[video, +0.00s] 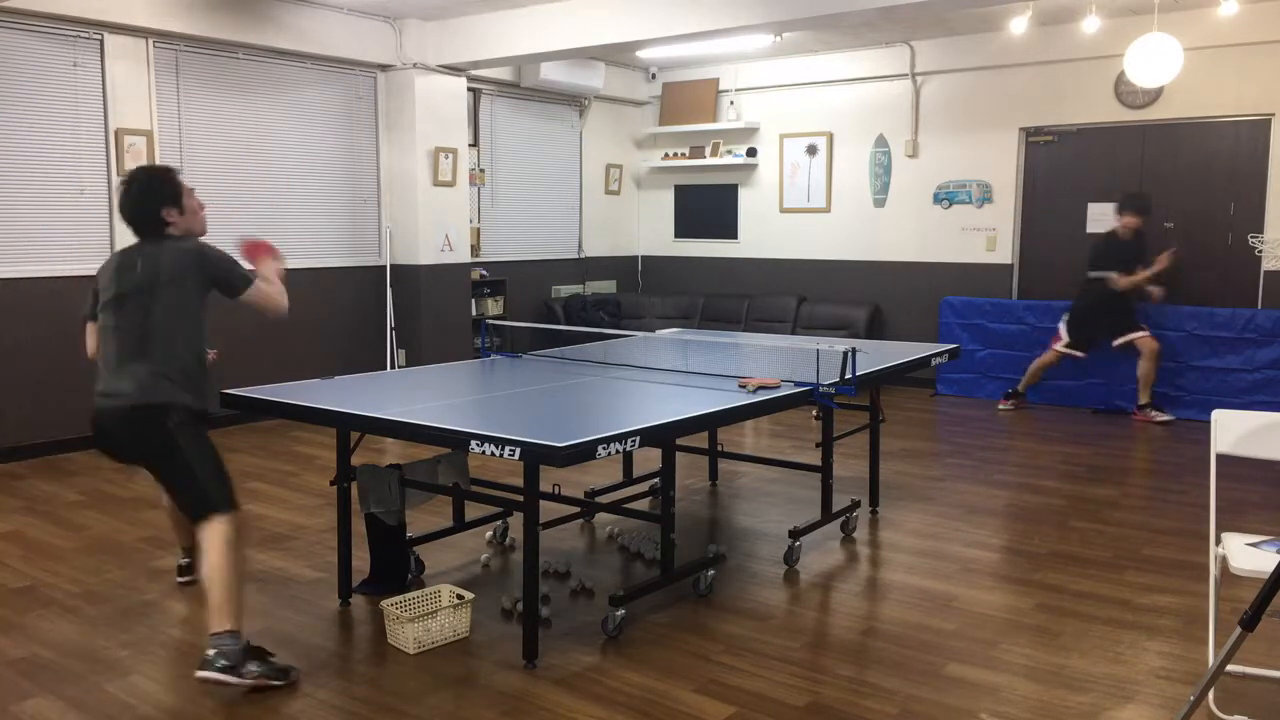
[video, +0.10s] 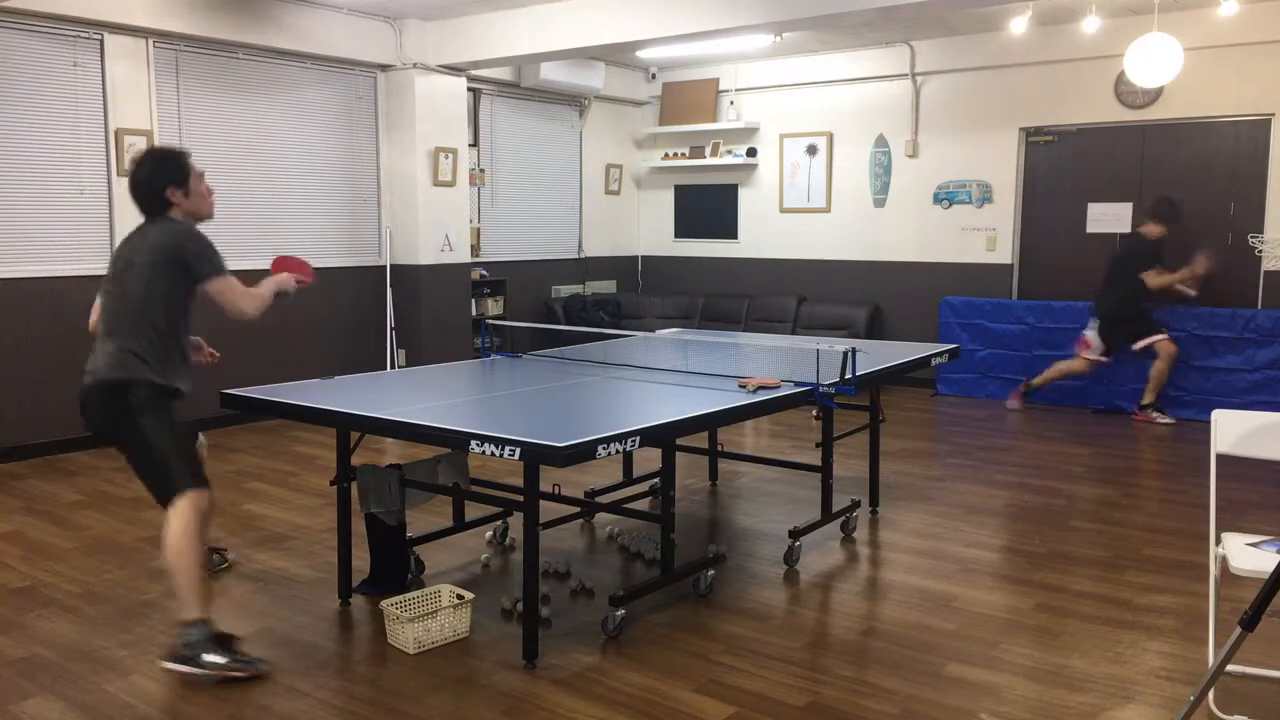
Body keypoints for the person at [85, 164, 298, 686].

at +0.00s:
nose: (201, 205)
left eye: (196, 196)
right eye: (192, 199)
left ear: (145, 219)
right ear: (170, 215)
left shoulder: (112, 267)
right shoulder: (196, 254)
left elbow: (95, 348)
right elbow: (275, 304)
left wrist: (183, 355)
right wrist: (273, 272)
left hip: (112, 414)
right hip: (165, 410)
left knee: (176, 475)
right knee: (217, 513)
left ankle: (188, 556)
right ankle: (225, 645)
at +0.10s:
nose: (210, 187)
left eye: (205, 179)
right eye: (201, 181)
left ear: (163, 197)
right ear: (176, 195)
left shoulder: (132, 242)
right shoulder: (186, 239)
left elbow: (100, 321)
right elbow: (247, 306)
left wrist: (178, 344)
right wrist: (277, 282)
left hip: (103, 387)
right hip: (137, 387)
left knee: (190, 451)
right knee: (189, 495)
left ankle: (190, 548)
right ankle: (196, 636)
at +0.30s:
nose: (205, 156)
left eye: (200, 147)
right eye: (196, 149)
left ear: (159, 160)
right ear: (167, 159)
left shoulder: (130, 203)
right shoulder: (149, 207)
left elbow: (88, 277)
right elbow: (166, 293)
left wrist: (152, 315)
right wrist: (237, 273)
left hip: (110, 367)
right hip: (95, 371)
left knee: (166, 453)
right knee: (133, 490)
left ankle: (177, 545)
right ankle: (45, 619)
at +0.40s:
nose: (197, 173)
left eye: (193, 162)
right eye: (188, 165)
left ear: (155, 176)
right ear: (159, 176)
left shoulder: (136, 222)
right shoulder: (136, 229)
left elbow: (106, 298)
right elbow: (142, 320)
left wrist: (157, 321)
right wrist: (221, 298)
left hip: (105, 381)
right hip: (71, 387)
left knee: (167, 454)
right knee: (111, 505)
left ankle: (138, 543)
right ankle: (29, 633)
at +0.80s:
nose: (185, 202)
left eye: (181, 192)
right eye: (174, 196)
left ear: (150, 209)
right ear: (142, 211)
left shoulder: (180, 247)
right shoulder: (89, 259)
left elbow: (193, 298)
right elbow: (58, 334)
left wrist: (205, 314)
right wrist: (110, 358)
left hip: (137, 371)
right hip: (80, 372)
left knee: (189, 455)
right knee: (93, 459)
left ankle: (121, 539)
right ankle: (82, 575)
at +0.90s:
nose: (180, 216)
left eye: (176, 205)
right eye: (168, 209)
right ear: (134, 223)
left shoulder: (181, 258)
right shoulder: (84, 269)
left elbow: (211, 304)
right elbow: (50, 332)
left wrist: (220, 319)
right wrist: (72, 377)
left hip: (151, 372)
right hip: (95, 379)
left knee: (216, 445)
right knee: (100, 469)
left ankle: (173, 511)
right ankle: (83, 559)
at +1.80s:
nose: (284, 216)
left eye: (280, 208)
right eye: (276, 210)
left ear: (243, 222)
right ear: (253, 221)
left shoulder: (215, 256)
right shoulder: (246, 263)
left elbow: (175, 309)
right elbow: (256, 337)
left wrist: (224, 334)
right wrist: (305, 327)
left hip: (199, 387)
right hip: (200, 396)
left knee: (279, 424)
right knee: (267, 474)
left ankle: (294, 501)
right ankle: (194, 565)